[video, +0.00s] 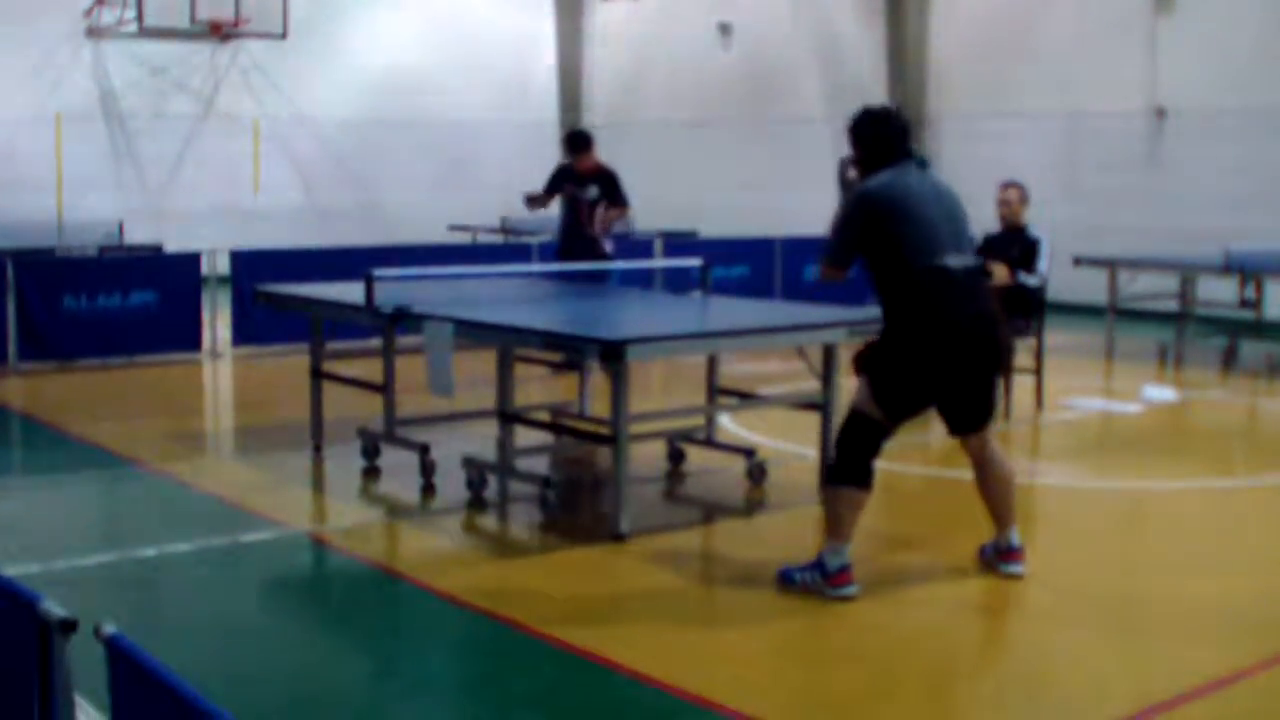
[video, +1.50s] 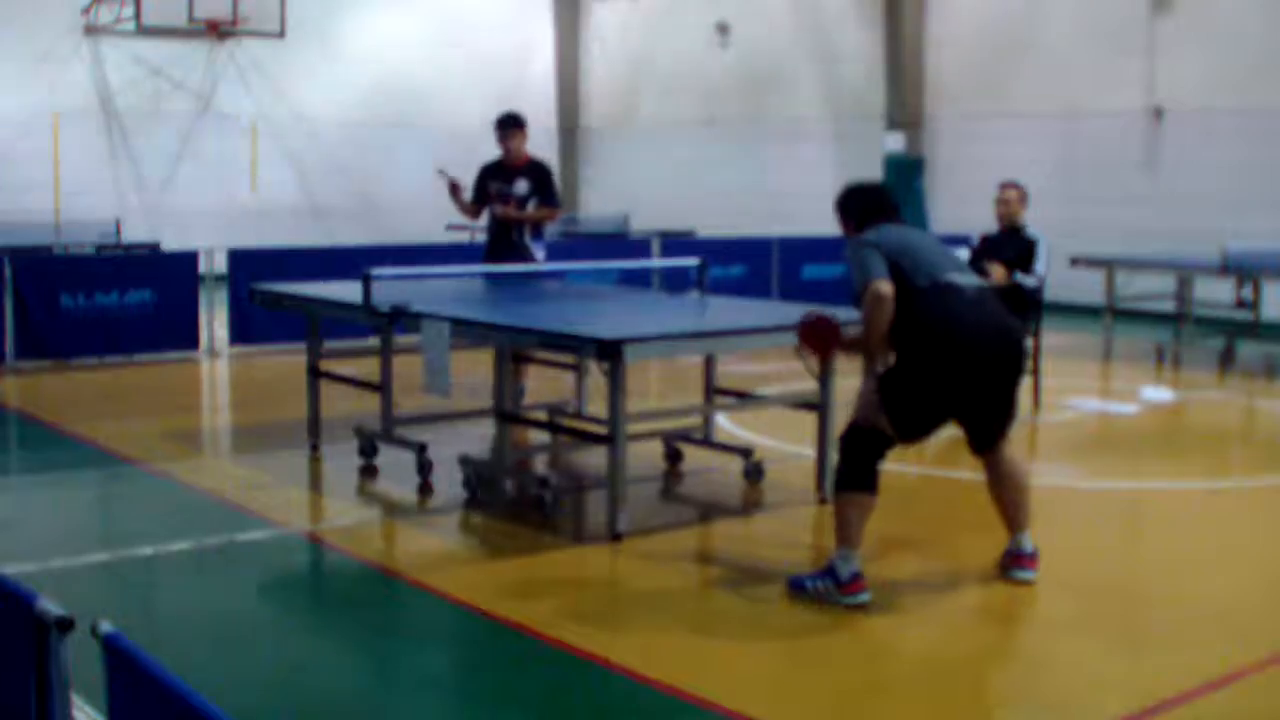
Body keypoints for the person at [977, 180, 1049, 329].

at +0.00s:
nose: (1003, 210)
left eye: (1008, 204)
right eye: (1001, 204)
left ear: (1022, 205)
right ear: (997, 205)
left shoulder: (1036, 242)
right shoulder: (990, 241)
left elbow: (1039, 280)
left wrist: (1012, 277)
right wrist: (991, 270)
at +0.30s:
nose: (1003, 210)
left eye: (1009, 204)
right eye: (1001, 204)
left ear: (1022, 206)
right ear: (997, 205)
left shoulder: (1036, 243)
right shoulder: (992, 241)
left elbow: (1038, 281)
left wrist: (1013, 277)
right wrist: (993, 274)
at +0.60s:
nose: (1003, 211)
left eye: (1009, 205)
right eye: (1000, 204)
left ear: (1023, 207)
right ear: (996, 206)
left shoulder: (1035, 244)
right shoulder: (992, 242)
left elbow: (1038, 281)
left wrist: (1013, 278)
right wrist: (993, 277)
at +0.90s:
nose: (1002, 210)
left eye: (1007, 204)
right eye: (1000, 204)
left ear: (1021, 207)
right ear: (996, 205)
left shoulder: (1034, 244)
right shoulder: (991, 241)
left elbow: (1037, 282)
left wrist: (1014, 276)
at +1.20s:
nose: (1001, 209)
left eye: (1007, 204)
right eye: (999, 203)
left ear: (1020, 206)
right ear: (996, 205)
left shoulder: (1034, 244)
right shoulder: (987, 242)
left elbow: (1037, 281)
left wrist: (1011, 277)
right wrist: (988, 274)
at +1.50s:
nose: (1003, 209)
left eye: (1008, 203)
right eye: (1000, 203)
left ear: (1022, 206)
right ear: (996, 205)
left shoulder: (1034, 243)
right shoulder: (987, 241)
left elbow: (1036, 281)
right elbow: (973, 266)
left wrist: (1010, 276)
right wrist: (990, 273)